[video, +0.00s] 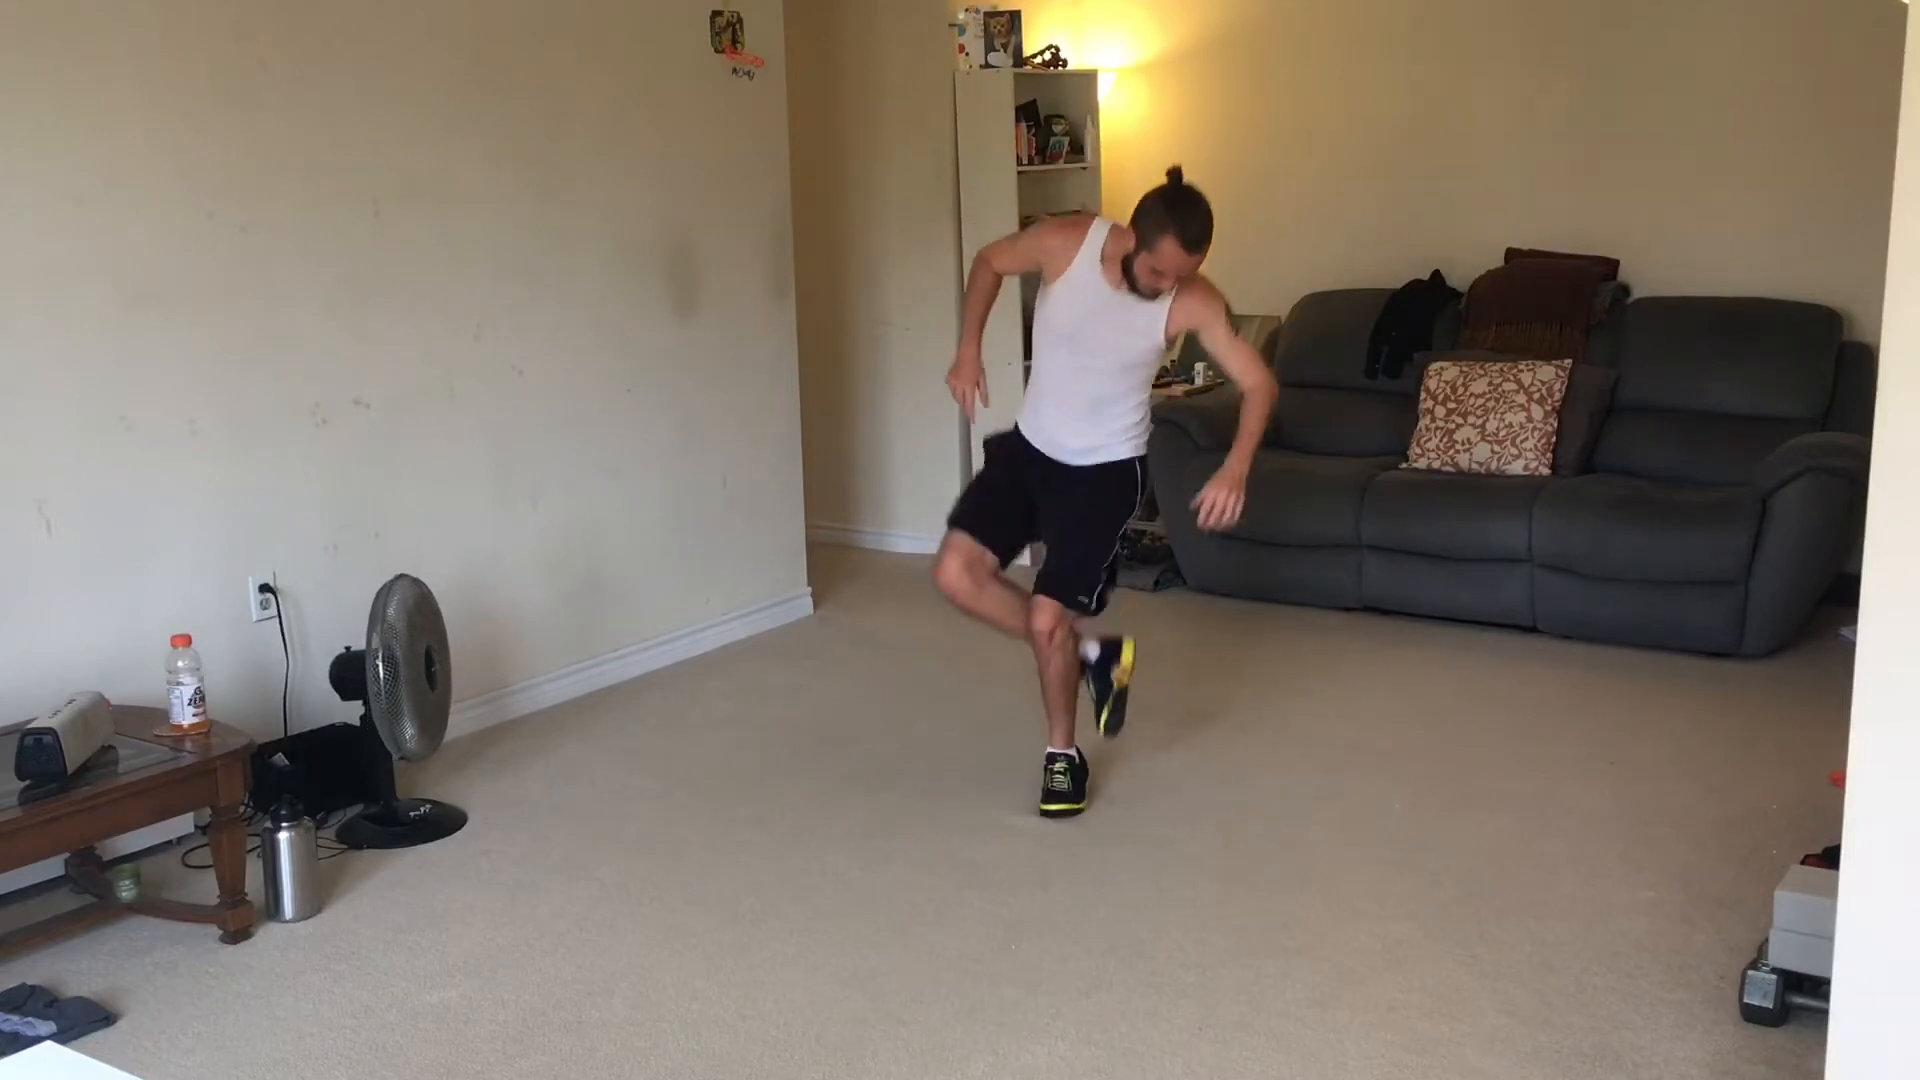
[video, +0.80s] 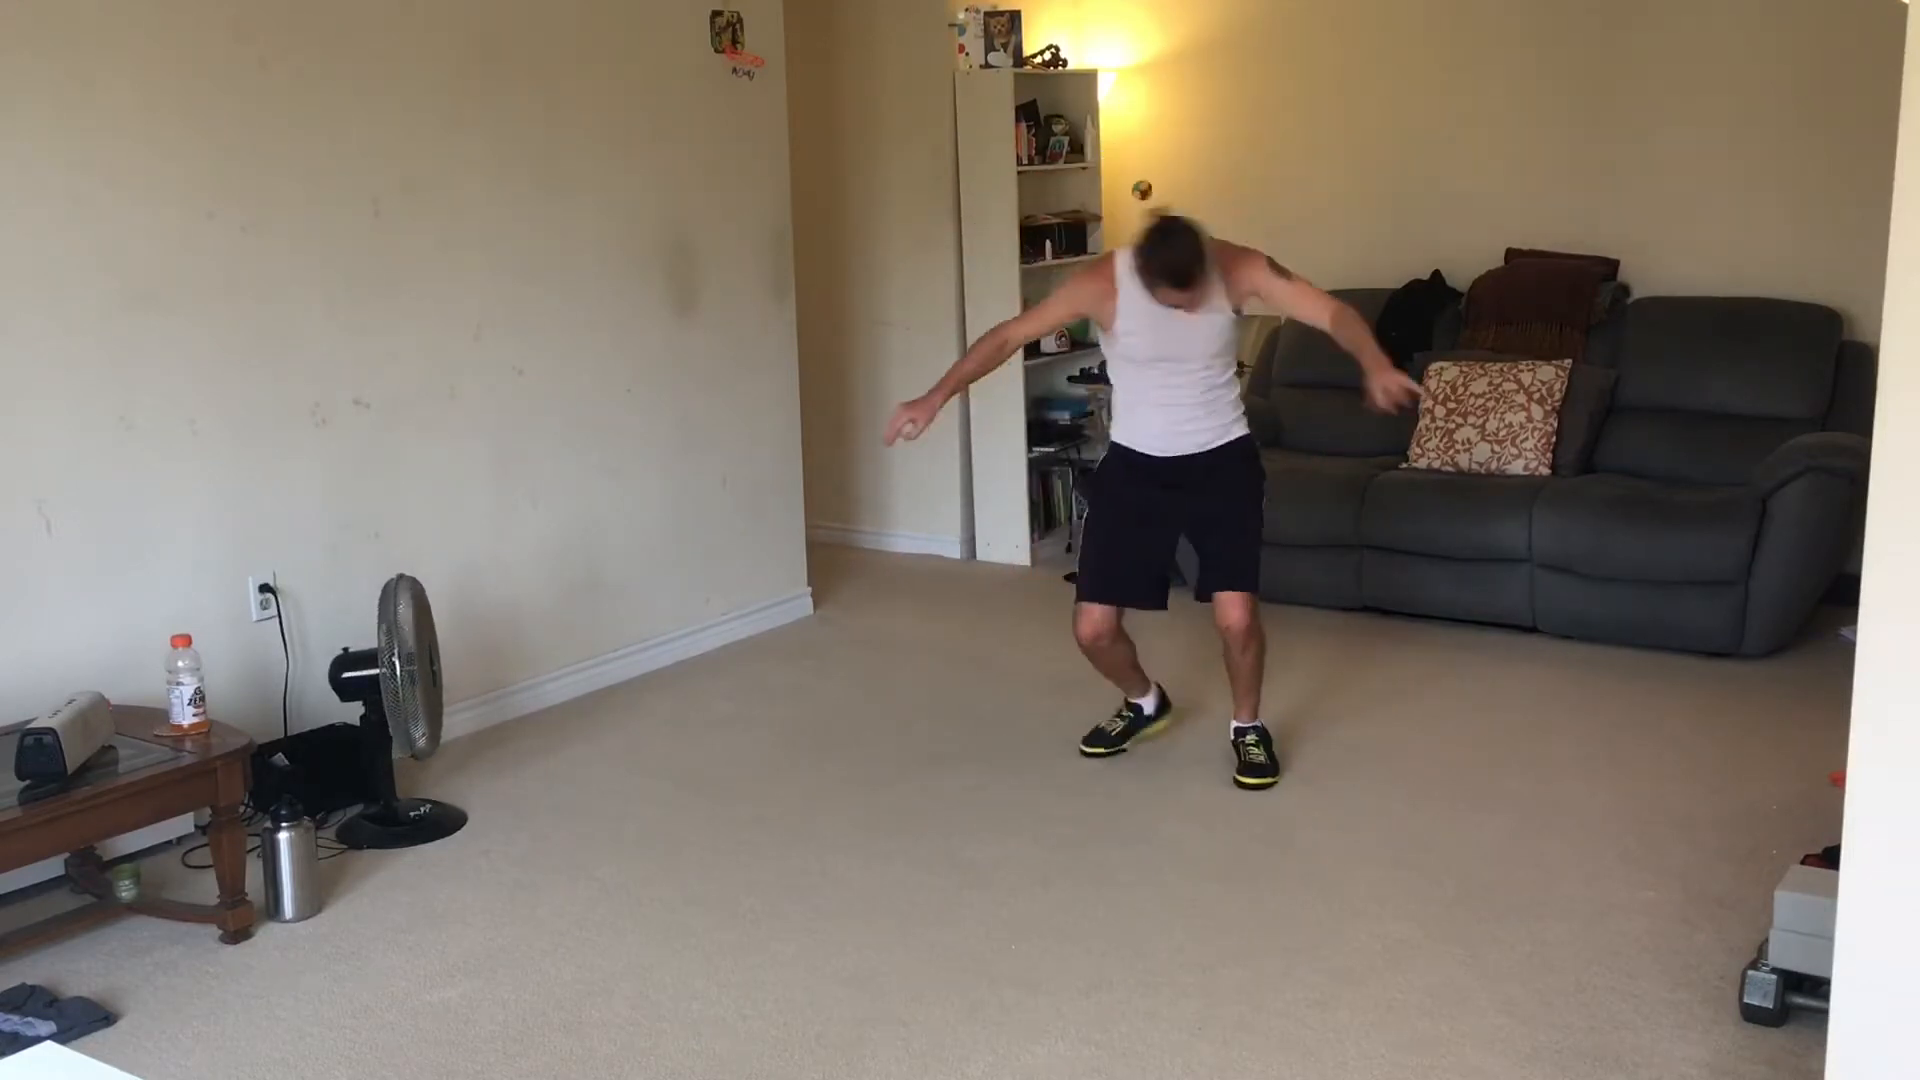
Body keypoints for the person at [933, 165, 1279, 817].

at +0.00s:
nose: (1163, 288)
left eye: (1178, 279)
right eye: (1155, 273)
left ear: (1197, 260)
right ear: (1129, 238)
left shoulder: (1193, 302)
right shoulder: (1067, 240)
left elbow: (1261, 385)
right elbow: (988, 262)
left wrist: (1235, 470)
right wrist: (968, 350)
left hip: (1104, 471)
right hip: (1028, 450)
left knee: (1048, 623)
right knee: (957, 574)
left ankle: (1062, 755)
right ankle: (1094, 653)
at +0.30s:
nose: (1141, 237)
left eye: (1156, 226)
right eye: (1130, 223)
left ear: (1174, 205)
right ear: (1103, 195)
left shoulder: (1182, 265)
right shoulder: (1058, 219)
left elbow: (1250, 353)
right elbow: (986, 266)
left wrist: (1278, 455)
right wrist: (980, 339)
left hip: (1139, 444)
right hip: (1073, 435)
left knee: (1060, 602)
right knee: (1016, 584)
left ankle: (1064, 752)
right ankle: (1168, 642)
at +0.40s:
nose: (1153, 191)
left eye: (1167, 180)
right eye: (1141, 177)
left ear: (1188, 160)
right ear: (1115, 152)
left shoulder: (1203, 219)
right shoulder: (1071, 189)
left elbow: (1266, 287)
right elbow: (998, 247)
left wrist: (1294, 379)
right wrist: (1006, 305)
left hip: (1157, 416)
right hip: (1092, 408)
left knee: (1104, 581)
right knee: (1016, 540)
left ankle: (1098, 749)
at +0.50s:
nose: (1182, 166)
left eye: (1195, 154)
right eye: (1170, 152)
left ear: (1213, 138)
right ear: (1143, 129)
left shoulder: (1228, 201)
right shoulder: (1090, 175)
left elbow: (1295, 288)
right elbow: (1024, 236)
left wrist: (1323, 387)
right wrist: (1001, 299)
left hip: (1174, 406)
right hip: (1098, 395)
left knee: (1153, 583)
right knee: (1037, 551)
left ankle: (1189, 724)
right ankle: (1181, 556)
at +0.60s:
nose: (1224, 200)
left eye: (1238, 190)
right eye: (1214, 184)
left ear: (1252, 177)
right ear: (1187, 159)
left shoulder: (1249, 236)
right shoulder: (1116, 203)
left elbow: (1325, 314)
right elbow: (1041, 261)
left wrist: (1342, 378)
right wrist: (997, 324)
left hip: (1195, 436)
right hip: (1105, 426)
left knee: (1212, 601)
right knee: (1070, 604)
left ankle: (1256, 721)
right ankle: (1167, 620)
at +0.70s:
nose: (1246, 286)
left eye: (1258, 279)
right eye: (1242, 274)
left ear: (1270, 255)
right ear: (1215, 238)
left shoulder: (1259, 276)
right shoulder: (1126, 256)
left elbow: (1325, 328)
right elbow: (1040, 297)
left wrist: (1339, 344)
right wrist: (978, 375)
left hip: (1207, 464)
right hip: (1120, 464)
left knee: (1234, 620)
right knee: (1099, 637)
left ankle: (1248, 727)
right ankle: (1146, 657)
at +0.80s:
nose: (1187, 306)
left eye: (1194, 297)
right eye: (1175, 300)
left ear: (1206, 267)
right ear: (1145, 273)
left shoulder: (1239, 270)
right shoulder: (1100, 283)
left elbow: (1332, 312)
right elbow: (1008, 337)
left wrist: (1377, 365)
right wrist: (934, 398)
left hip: (1222, 464)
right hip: (1133, 467)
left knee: (1236, 616)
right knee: (1093, 627)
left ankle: (1248, 726)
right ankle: (1146, 701)